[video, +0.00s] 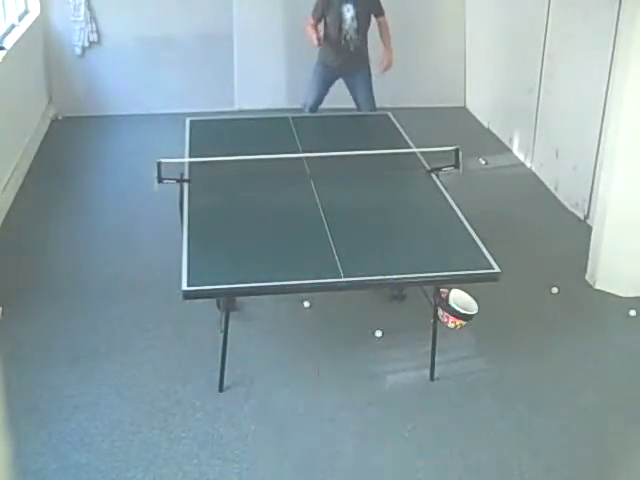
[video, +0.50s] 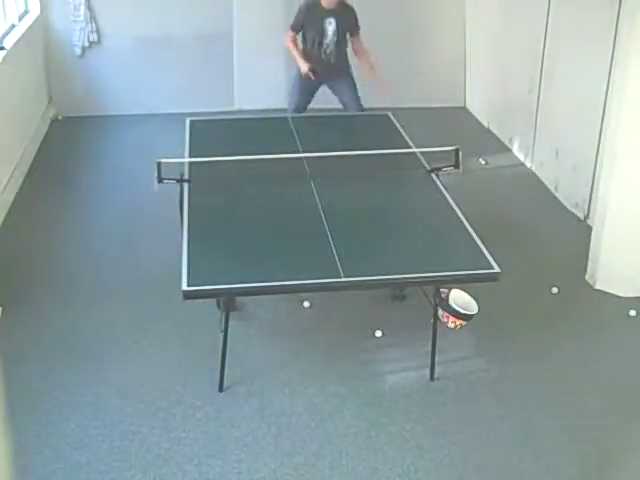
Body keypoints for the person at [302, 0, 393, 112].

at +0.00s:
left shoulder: (371, 3)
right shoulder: (325, 3)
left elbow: (381, 21)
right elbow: (312, 22)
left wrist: (388, 51)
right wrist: (315, 36)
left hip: (357, 62)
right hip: (328, 60)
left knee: (369, 111)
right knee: (309, 106)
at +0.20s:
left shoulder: (358, 3)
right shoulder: (314, 3)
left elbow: (369, 26)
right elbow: (301, 30)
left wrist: (380, 52)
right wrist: (308, 43)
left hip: (349, 64)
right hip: (320, 63)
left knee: (361, 111)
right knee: (300, 109)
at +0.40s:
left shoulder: (348, 3)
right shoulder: (307, 5)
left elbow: (357, 31)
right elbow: (293, 34)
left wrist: (367, 58)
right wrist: (302, 57)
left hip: (342, 68)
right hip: (314, 67)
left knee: (358, 111)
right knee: (295, 110)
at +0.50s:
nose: (334, 2)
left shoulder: (347, 10)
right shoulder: (308, 8)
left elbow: (356, 42)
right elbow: (291, 37)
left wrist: (369, 66)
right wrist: (302, 63)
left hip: (338, 71)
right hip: (310, 70)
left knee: (356, 111)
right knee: (294, 112)